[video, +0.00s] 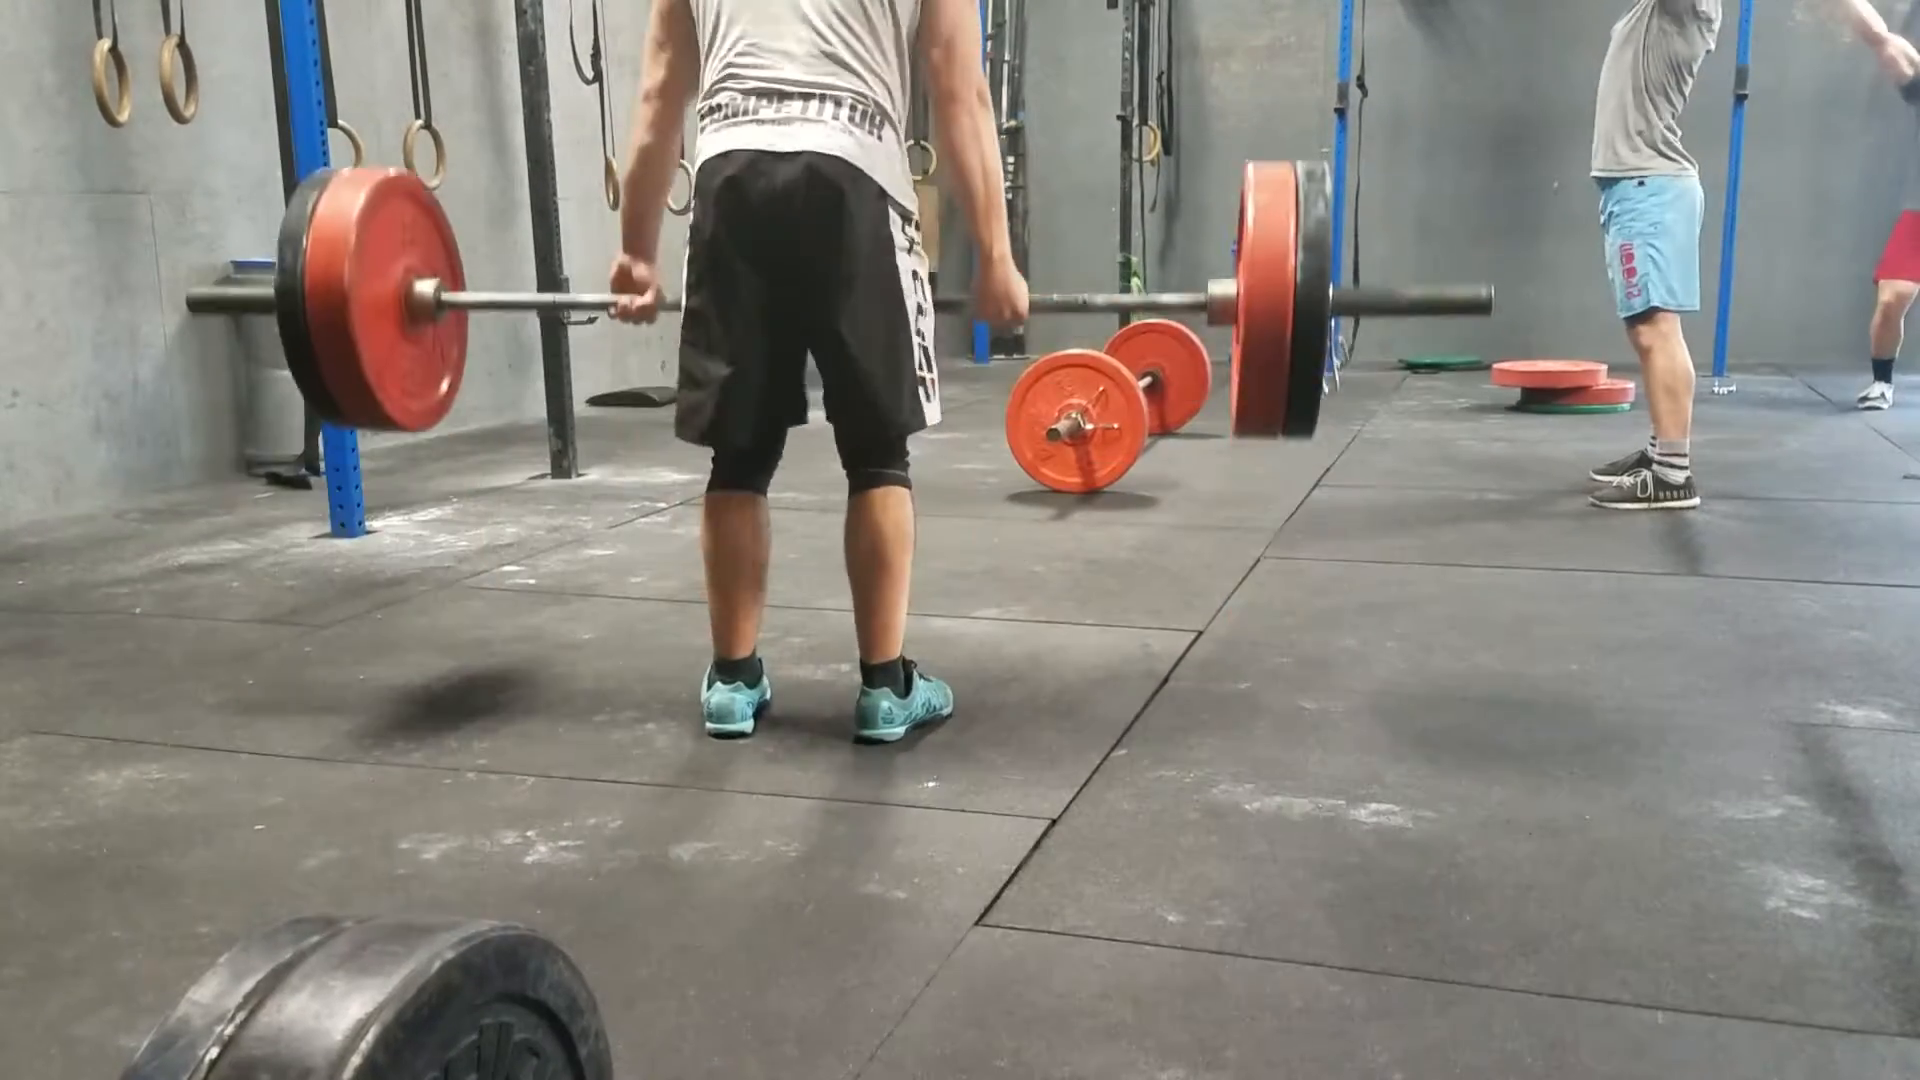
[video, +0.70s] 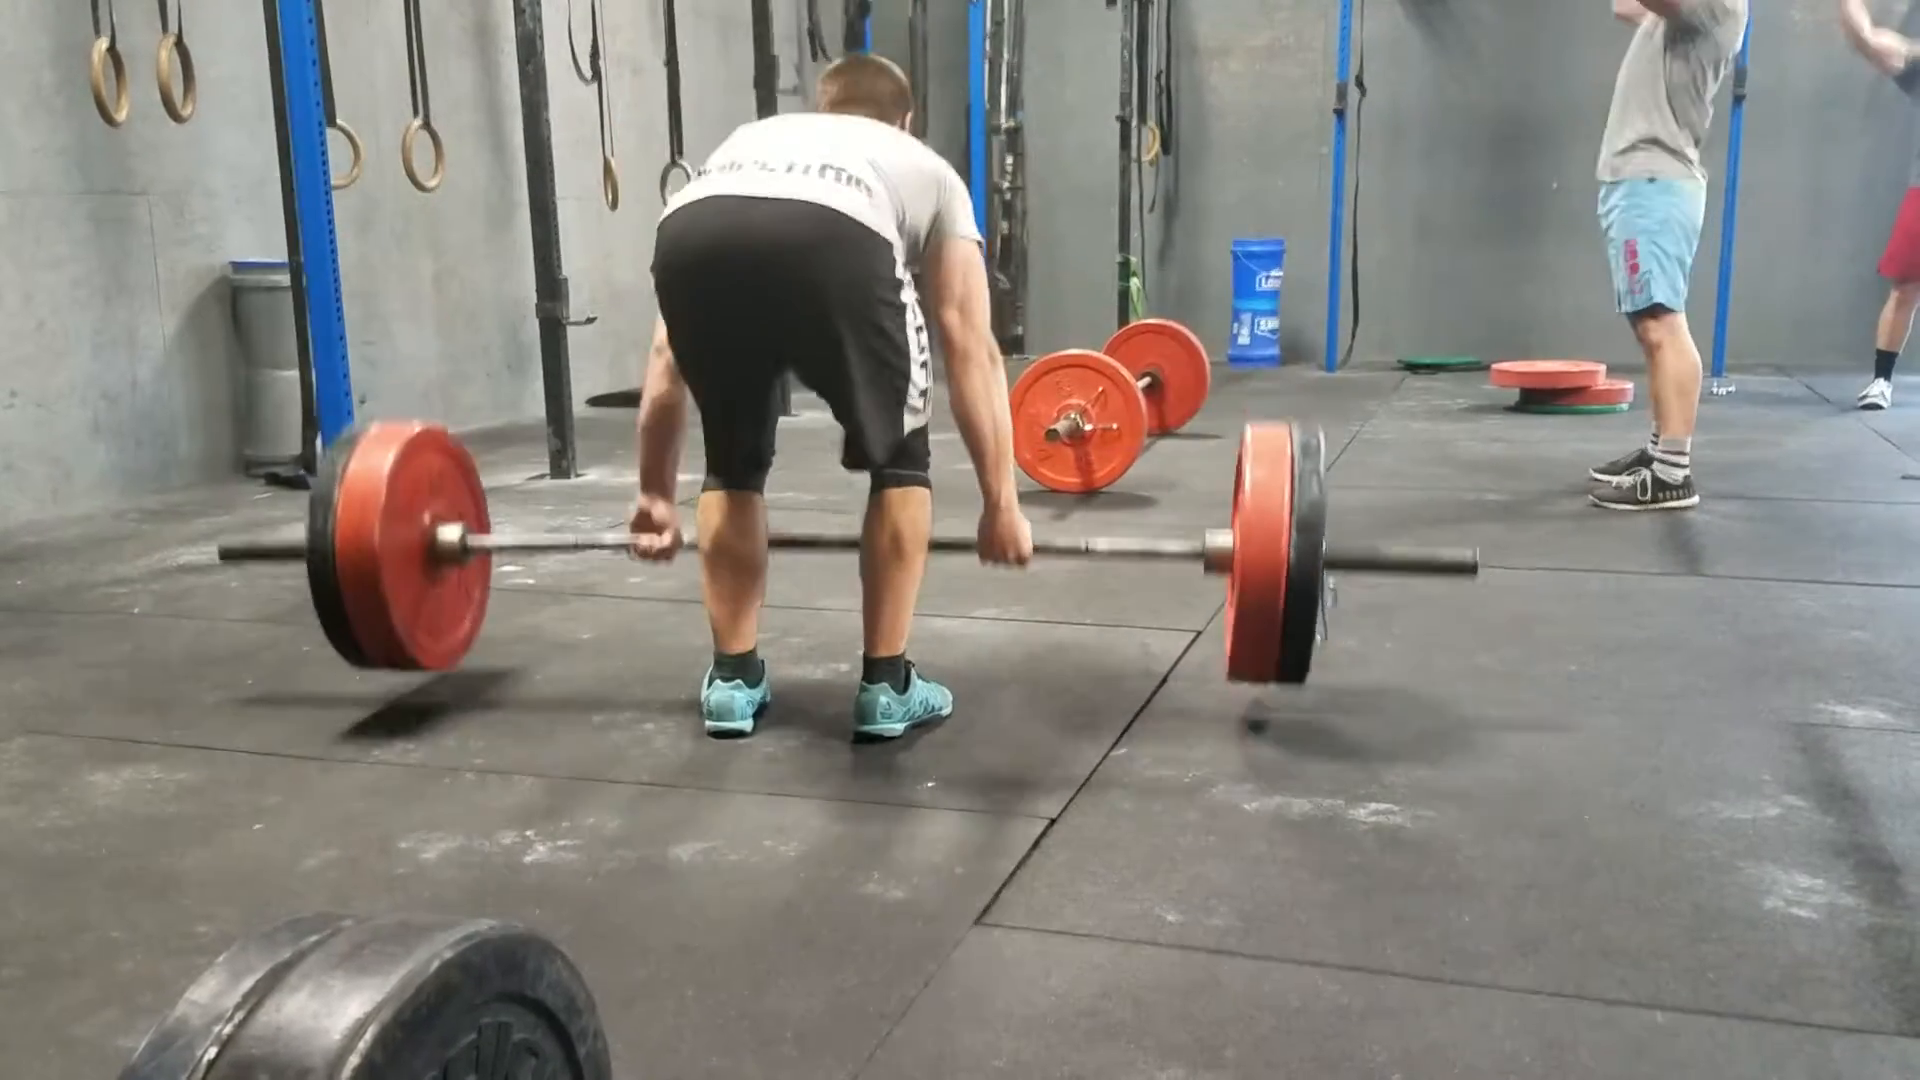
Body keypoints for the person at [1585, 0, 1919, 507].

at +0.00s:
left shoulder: (1686, 7)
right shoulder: (1666, 9)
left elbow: (1818, 3)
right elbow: (1817, 3)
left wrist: (1880, 35)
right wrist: (1881, 35)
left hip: (1650, 186)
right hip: (1639, 185)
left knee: (1654, 330)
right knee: (1651, 330)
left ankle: (1671, 471)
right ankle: (1662, 457)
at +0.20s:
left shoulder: (1710, 10)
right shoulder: (1696, 13)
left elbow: (1625, 8)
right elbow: (1623, 19)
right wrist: (1625, 22)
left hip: (1655, 183)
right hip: (1646, 183)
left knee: (1650, 330)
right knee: (1649, 330)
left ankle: (1673, 470)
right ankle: (1664, 458)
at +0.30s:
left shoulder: (1719, 11)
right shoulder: (1695, 13)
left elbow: (1617, 49)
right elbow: (1614, 56)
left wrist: (1627, 2)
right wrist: (1614, 8)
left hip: (1663, 181)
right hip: (1648, 180)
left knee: (1653, 330)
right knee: (1648, 331)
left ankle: (1675, 471)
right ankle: (1665, 458)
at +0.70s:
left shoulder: (1715, 9)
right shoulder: (1683, 14)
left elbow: (1648, 0)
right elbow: (1624, 8)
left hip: (1656, 181)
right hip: (1639, 180)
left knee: (1662, 327)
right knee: (1656, 329)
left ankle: (1674, 469)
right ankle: (1662, 455)